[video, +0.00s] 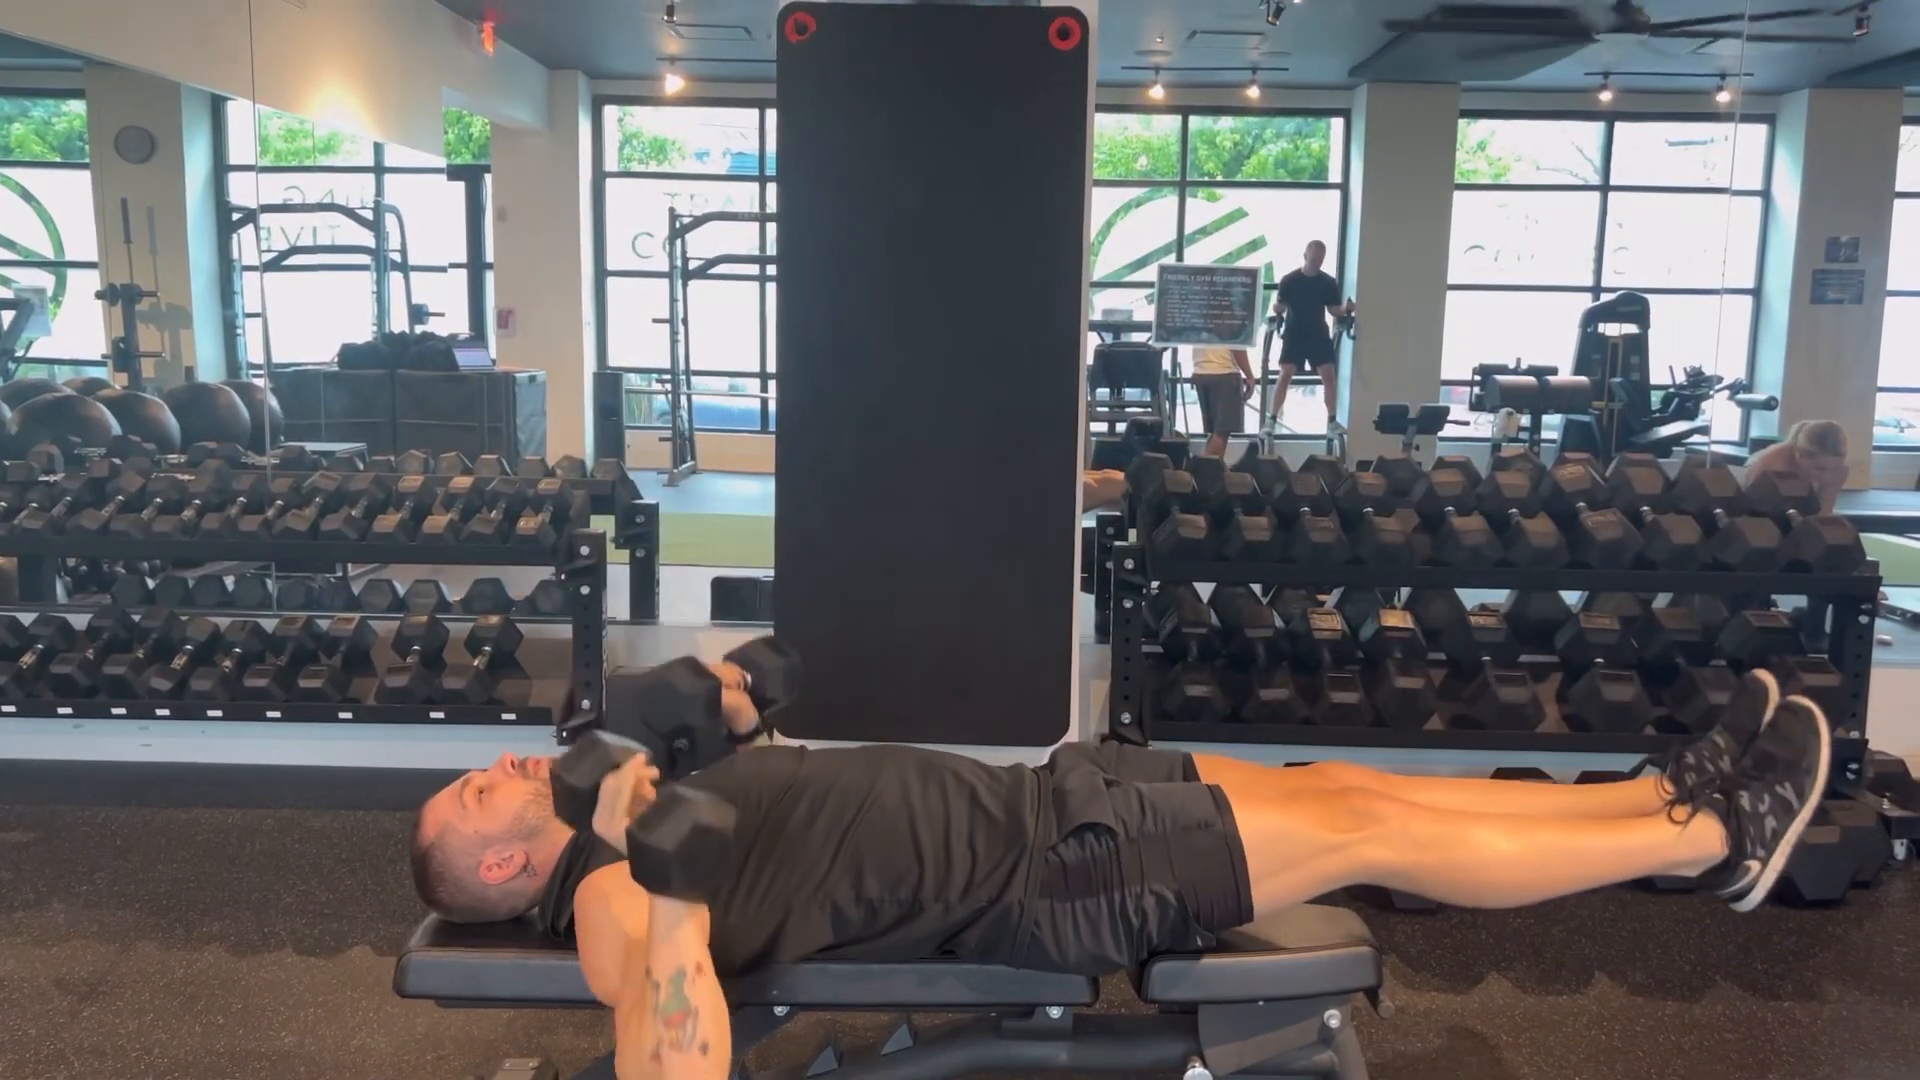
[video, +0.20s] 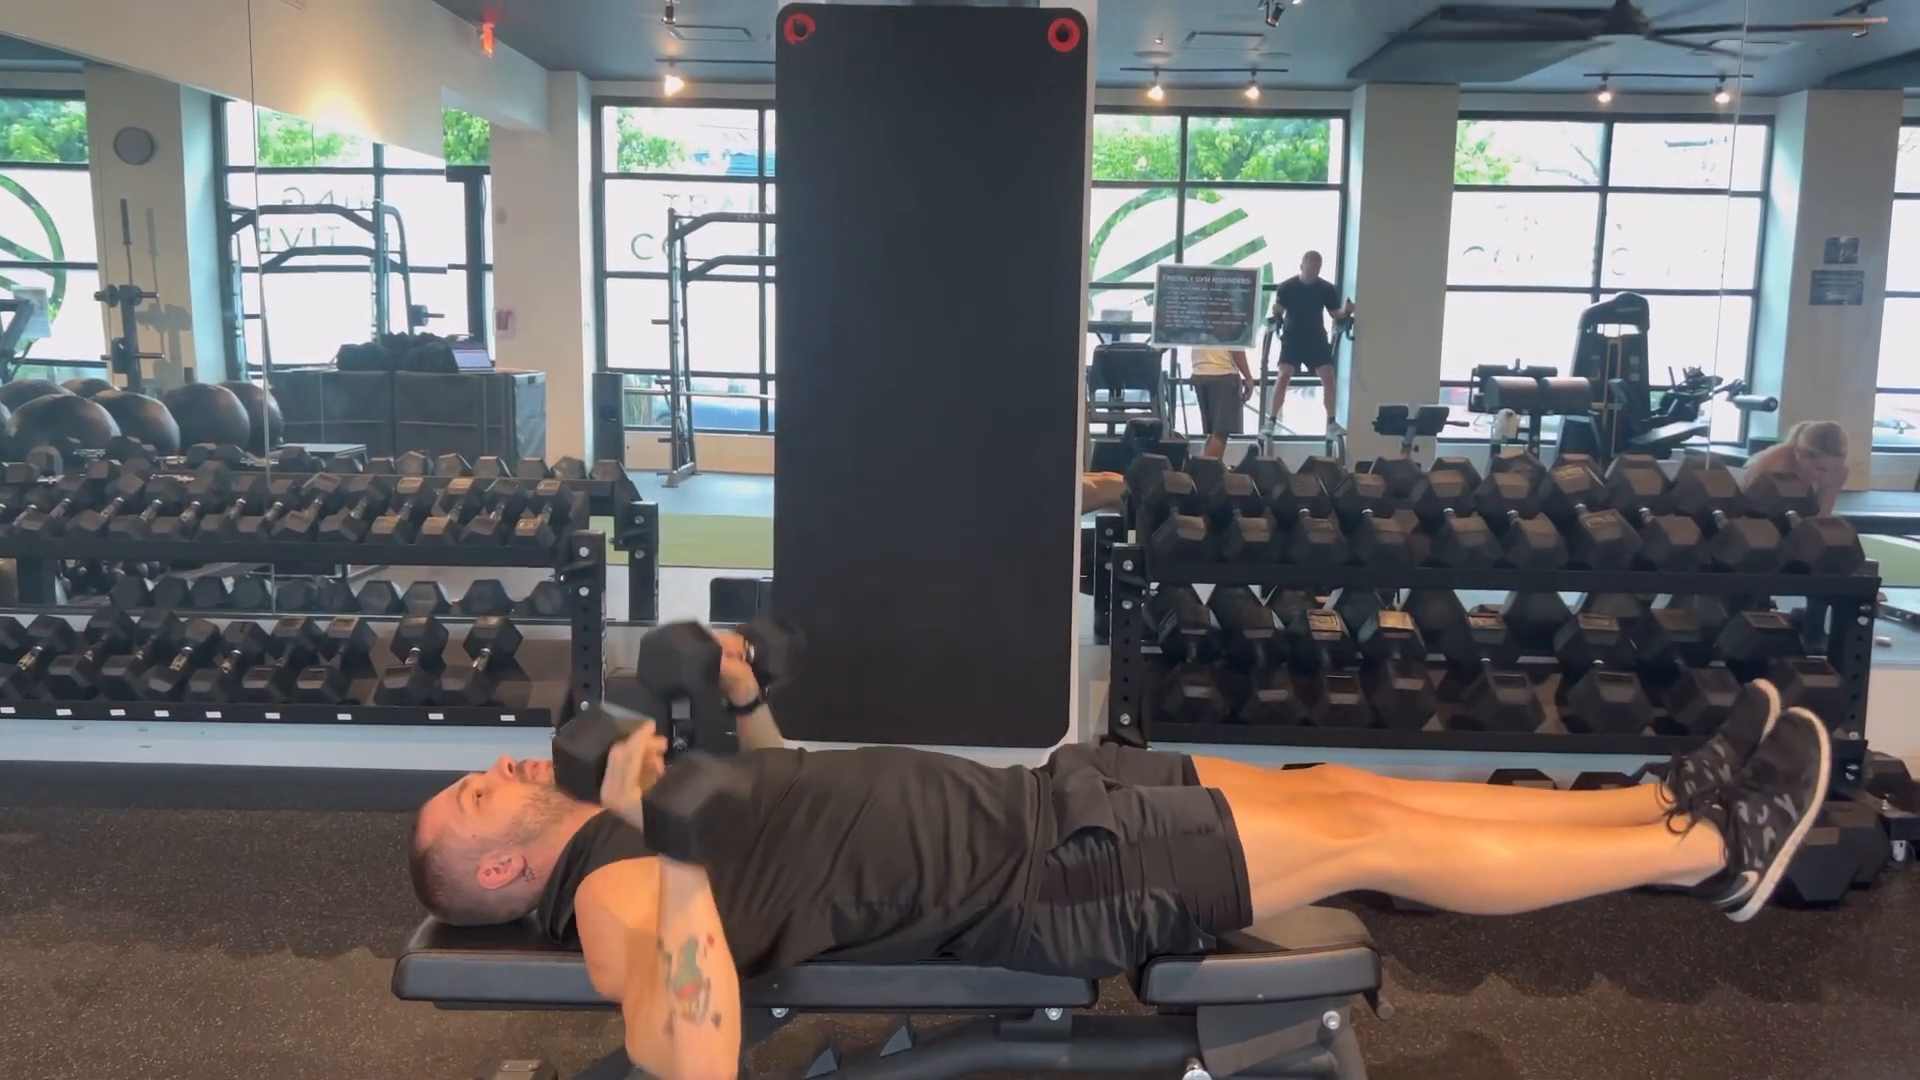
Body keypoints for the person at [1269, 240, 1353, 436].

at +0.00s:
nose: (1317, 263)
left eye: (1320, 259)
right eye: (1314, 258)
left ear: (1324, 259)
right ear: (1305, 255)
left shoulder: (1328, 282)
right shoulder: (1290, 280)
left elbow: (1334, 310)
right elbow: (1280, 306)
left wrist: (1346, 309)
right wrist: (1277, 308)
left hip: (1318, 334)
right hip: (1294, 334)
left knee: (1328, 376)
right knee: (1285, 375)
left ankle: (1332, 421)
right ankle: (1272, 419)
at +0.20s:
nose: (1311, 273)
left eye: (1315, 269)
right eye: (1308, 269)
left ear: (1319, 269)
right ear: (1301, 266)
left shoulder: (1327, 289)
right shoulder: (1288, 287)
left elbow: (1335, 315)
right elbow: (1277, 309)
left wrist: (1345, 311)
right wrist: (1277, 315)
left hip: (1316, 337)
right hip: (1292, 337)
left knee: (1328, 378)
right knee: (1284, 376)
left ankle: (1331, 423)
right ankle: (1272, 420)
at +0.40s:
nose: (1309, 280)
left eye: (1312, 277)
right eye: (1306, 276)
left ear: (1318, 275)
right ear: (1299, 272)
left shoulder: (1325, 293)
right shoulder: (1287, 292)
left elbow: (1335, 317)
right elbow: (1274, 315)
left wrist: (1345, 314)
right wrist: (1273, 314)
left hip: (1316, 342)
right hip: (1292, 342)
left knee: (1328, 378)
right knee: (1284, 378)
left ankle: (1330, 423)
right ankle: (1271, 421)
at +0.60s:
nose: (1309, 282)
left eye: (1312, 279)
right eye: (1306, 278)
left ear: (1317, 277)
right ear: (1299, 274)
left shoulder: (1324, 295)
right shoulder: (1286, 295)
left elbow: (1334, 318)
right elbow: (1273, 314)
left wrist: (1344, 315)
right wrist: (1272, 319)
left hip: (1316, 343)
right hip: (1292, 344)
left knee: (1324, 379)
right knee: (1288, 379)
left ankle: (1322, 421)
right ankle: (1283, 421)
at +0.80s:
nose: (1308, 282)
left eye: (1312, 279)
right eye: (1305, 278)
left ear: (1316, 279)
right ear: (1299, 276)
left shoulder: (1323, 298)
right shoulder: (1285, 297)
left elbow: (1334, 321)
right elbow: (1270, 325)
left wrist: (1344, 317)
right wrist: (1272, 318)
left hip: (1315, 346)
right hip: (1291, 346)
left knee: (1319, 388)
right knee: (1290, 387)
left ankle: (1315, 435)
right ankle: (1289, 433)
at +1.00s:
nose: (1307, 282)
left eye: (1310, 278)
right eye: (1303, 278)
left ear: (1315, 278)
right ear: (1297, 277)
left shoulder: (1321, 300)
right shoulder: (1285, 300)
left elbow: (1333, 323)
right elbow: (1271, 324)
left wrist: (1344, 319)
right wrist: (1272, 319)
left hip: (1314, 352)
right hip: (1291, 353)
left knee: (1314, 399)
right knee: (1290, 399)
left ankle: (1311, 442)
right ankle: (1286, 441)